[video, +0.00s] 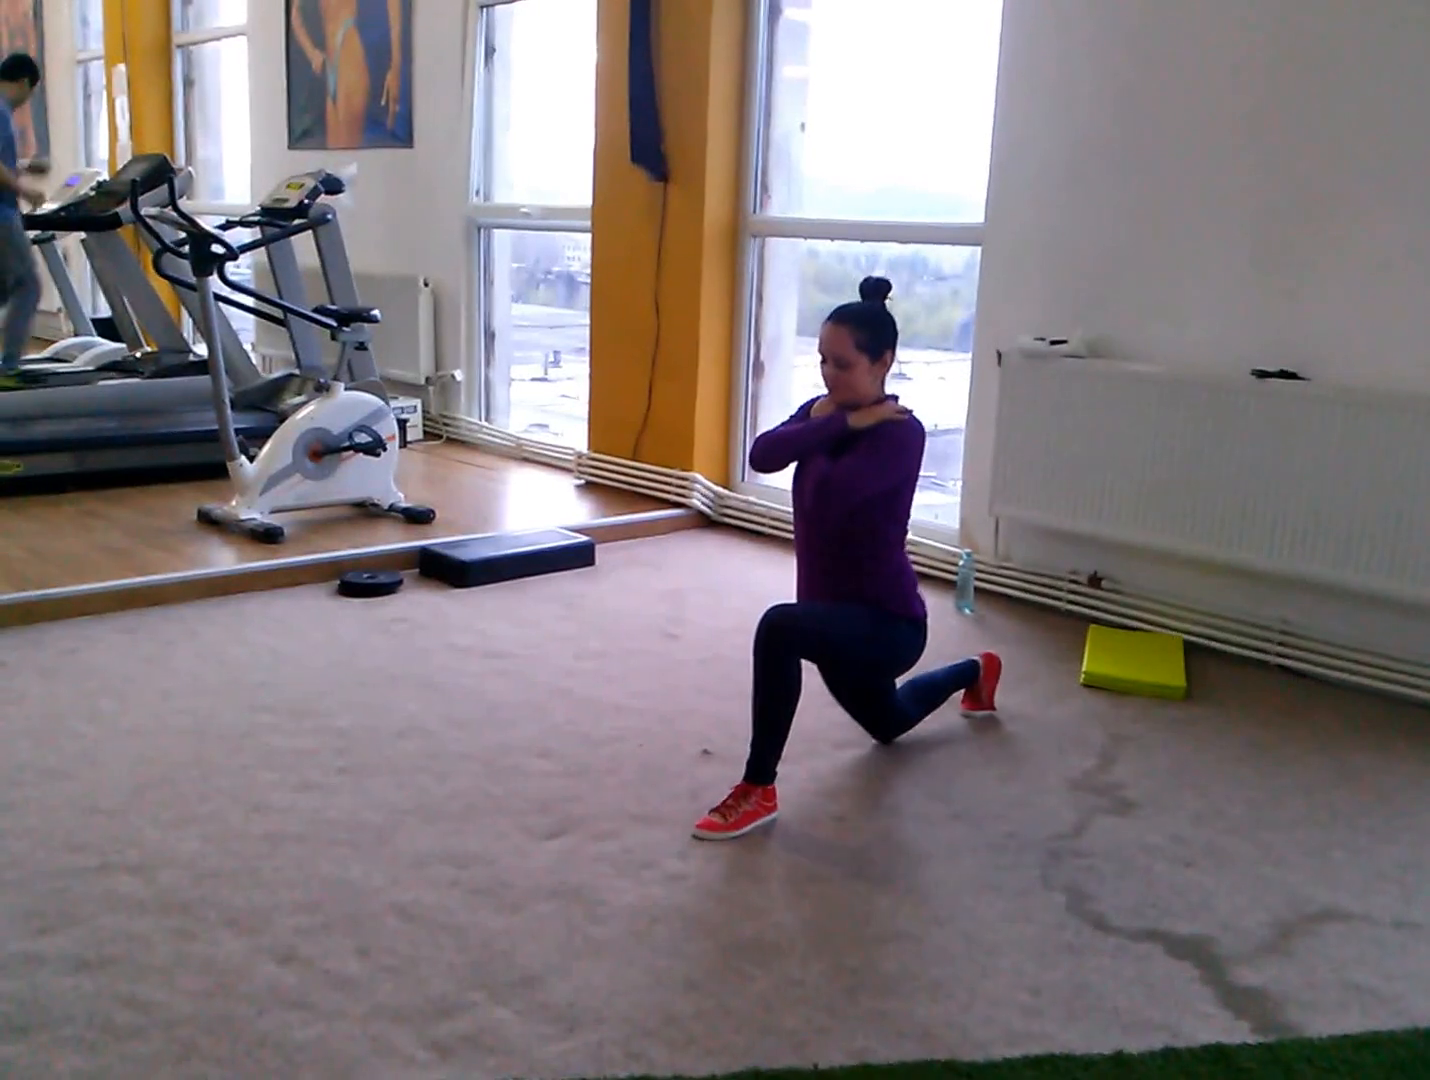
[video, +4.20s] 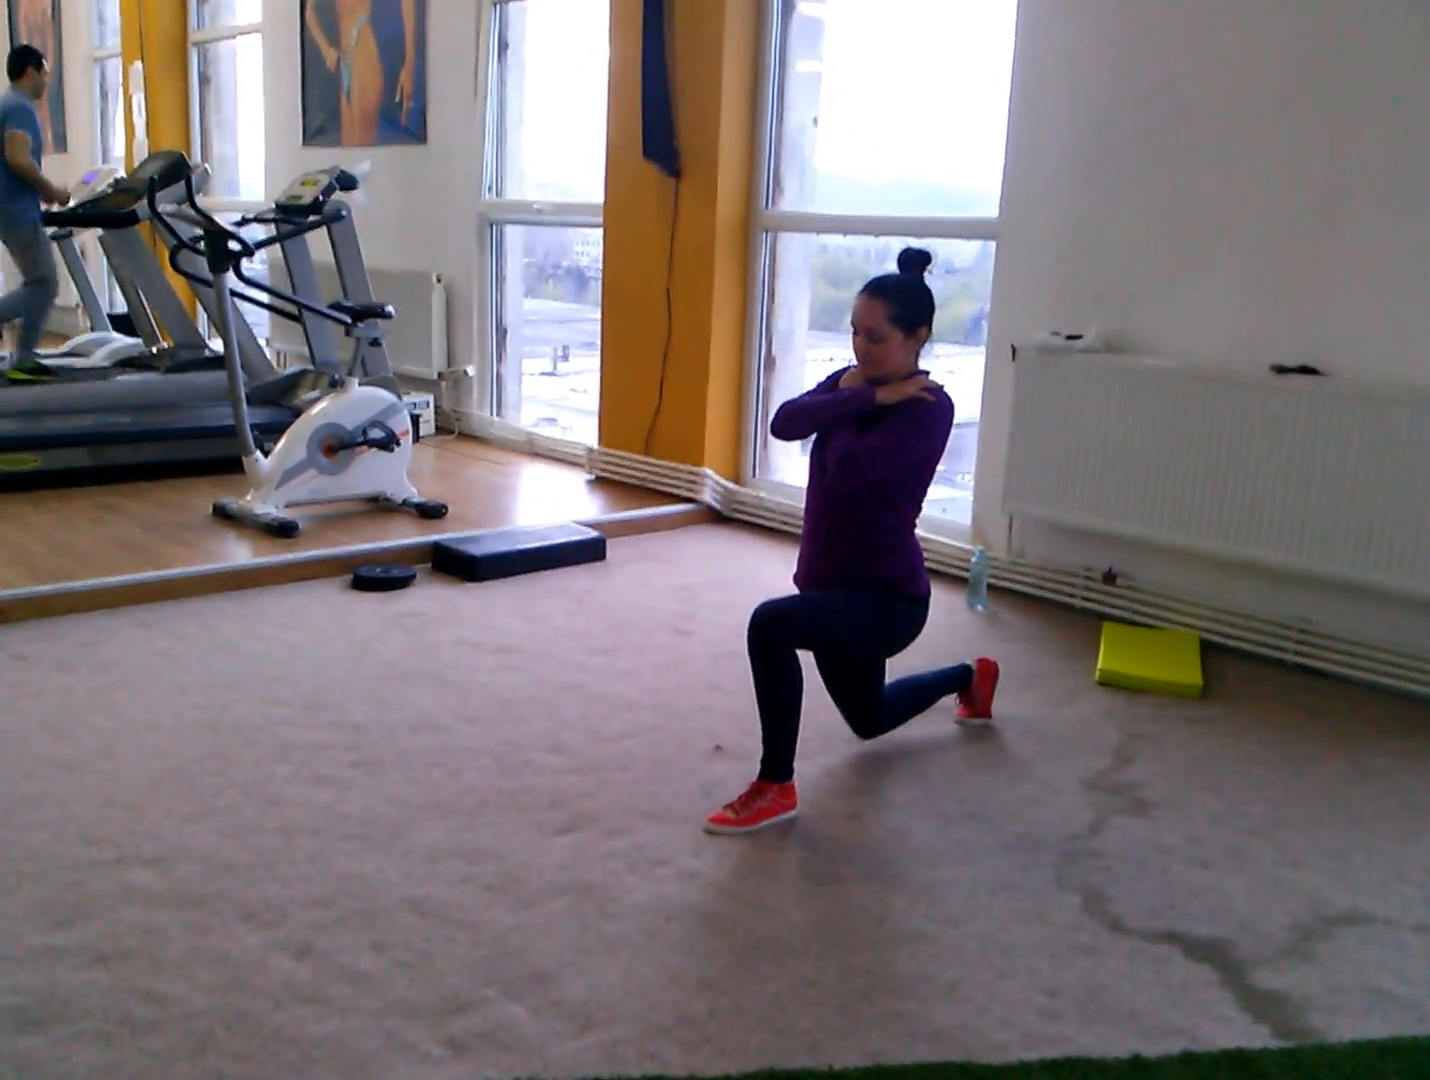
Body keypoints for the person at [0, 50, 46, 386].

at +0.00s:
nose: (29, 96)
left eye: (31, 89)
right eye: (30, 88)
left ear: (10, 80)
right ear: (21, 82)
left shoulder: (5, 114)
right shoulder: (2, 115)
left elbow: (1, 163)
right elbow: (0, 167)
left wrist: (24, 167)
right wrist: (25, 188)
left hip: (9, 211)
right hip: (5, 213)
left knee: (16, 283)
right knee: (27, 283)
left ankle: (10, 360)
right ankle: (9, 362)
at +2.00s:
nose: (35, 88)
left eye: (35, 80)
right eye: (35, 79)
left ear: (10, 76)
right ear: (24, 75)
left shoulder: (8, 110)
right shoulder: (10, 111)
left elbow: (8, 166)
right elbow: (4, 160)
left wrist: (40, 175)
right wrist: (31, 191)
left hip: (7, 212)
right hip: (8, 214)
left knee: (5, 287)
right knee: (49, 279)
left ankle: (4, 351)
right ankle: (5, 346)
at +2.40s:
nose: (41, 87)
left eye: (41, 80)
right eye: (40, 79)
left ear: (12, 75)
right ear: (30, 76)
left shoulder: (8, 106)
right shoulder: (14, 110)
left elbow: (15, 163)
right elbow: (16, 163)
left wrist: (47, 179)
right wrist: (54, 182)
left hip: (11, 218)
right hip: (8, 220)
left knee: (45, 275)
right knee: (6, 292)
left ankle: (12, 352)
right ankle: (7, 357)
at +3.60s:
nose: (44, 73)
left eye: (44, 66)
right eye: (41, 66)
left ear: (21, 66)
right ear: (26, 66)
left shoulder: (16, 101)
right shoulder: (9, 100)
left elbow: (21, 158)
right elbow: (1, 148)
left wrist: (57, 158)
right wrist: (28, 176)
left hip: (13, 203)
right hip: (11, 204)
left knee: (2, 275)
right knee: (52, 267)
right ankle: (36, 352)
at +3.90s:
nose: (47, 80)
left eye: (45, 73)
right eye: (44, 73)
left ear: (22, 74)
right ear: (31, 73)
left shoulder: (18, 109)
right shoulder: (16, 112)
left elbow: (17, 164)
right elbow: (17, 162)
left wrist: (40, 188)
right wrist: (51, 186)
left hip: (18, 214)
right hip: (11, 216)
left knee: (47, 279)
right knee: (27, 286)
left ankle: (4, 345)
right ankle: (3, 352)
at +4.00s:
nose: (47, 72)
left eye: (47, 64)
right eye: (45, 64)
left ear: (20, 65)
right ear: (32, 64)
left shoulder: (11, 95)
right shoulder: (20, 99)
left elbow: (22, 149)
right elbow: (26, 150)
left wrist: (48, 155)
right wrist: (56, 158)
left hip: (16, 210)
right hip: (12, 211)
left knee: (50, 268)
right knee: (1, 285)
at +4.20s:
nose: (47, 79)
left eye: (46, 72)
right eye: (43, 72)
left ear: (21, 74)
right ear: (30, 72)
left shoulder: (14, 106)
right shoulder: (19, 109)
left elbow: (16, 161)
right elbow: (17, 159)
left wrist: (45, 189)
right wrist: (50, 188)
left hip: (17, 210)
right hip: (15, 211)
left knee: (41, 283)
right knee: (43, 283)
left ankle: (25, 357)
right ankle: (23, 358)